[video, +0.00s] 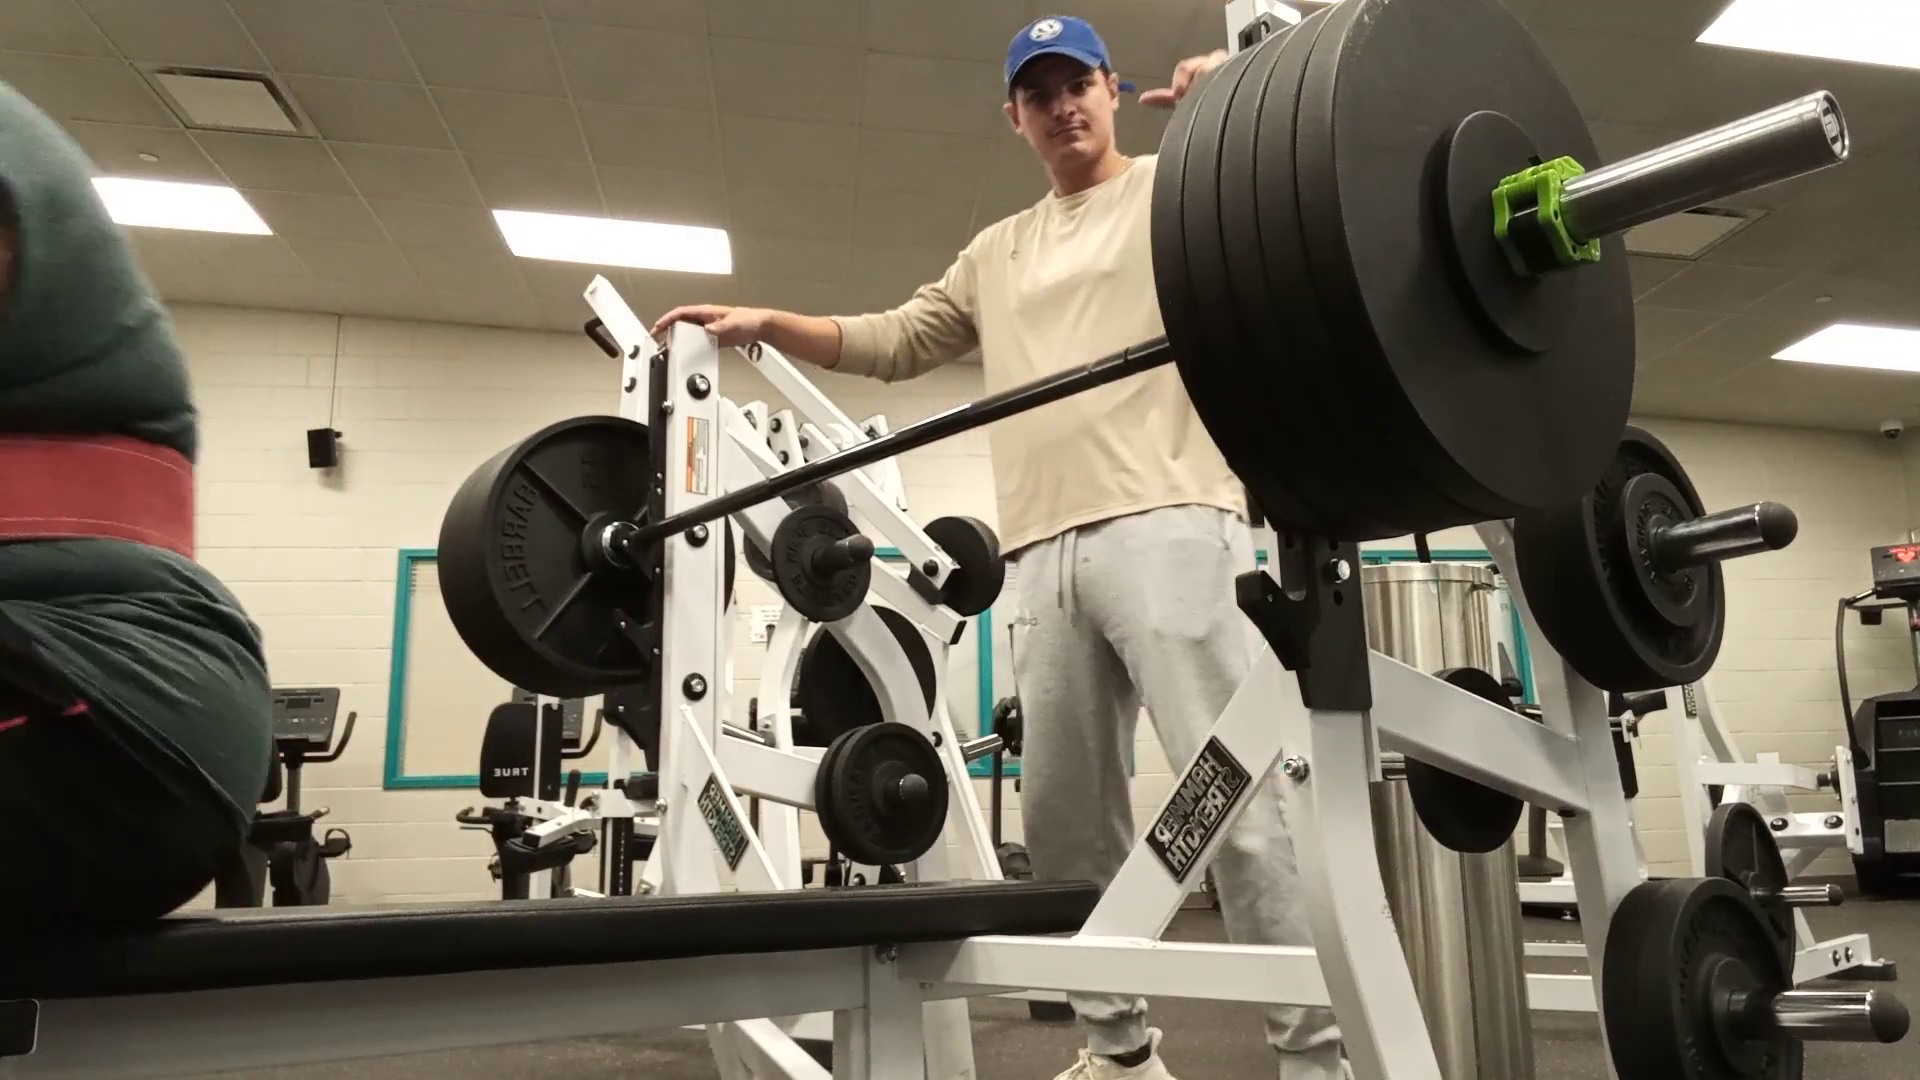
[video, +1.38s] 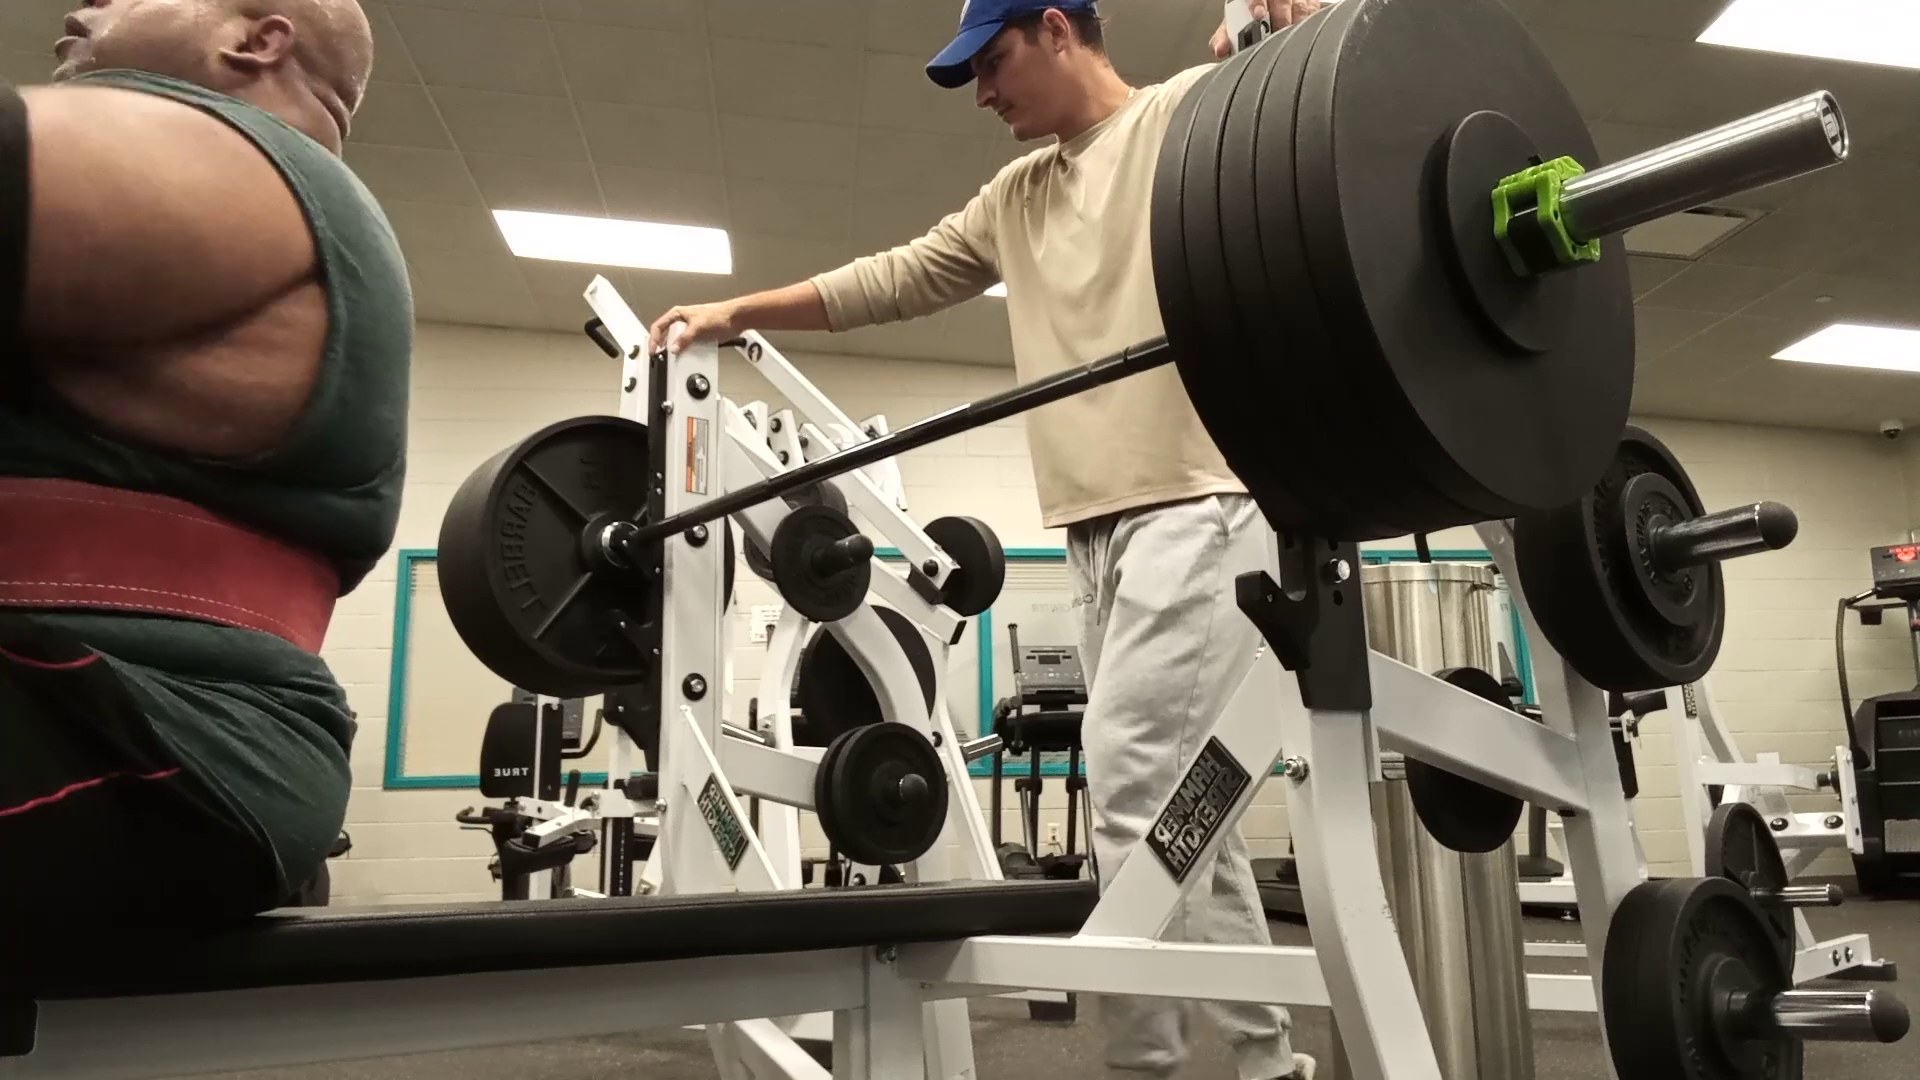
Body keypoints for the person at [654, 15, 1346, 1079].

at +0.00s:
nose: (1062, 107)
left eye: (1077, 86)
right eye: (1040, 95)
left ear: (1116, 94)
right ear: (1017, 120)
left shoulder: (1178, 184)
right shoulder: (995, 251)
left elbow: (1281, 169)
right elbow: (900, 337)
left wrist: (1230, 81)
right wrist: (759, 321)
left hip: (1170, 517)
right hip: (1041, 546)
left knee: (1239, 793)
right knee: (1066, 810)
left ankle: (1315, 1051)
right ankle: (1118, 1044)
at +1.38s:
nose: (984, 93)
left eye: (992, 63)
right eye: (974, 77)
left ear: (1061, 28)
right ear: (1005, 75)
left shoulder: (1191, 102)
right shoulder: (1012, 195)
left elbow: (1323, 111)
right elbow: (899, 276)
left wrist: (1293, 38)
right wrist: (736, 309)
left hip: (1206, 506)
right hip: (1097, 530)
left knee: (1126, 774)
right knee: (1176, 799)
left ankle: (1144, 1057)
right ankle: (1261, 1056)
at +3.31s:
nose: (999, 84)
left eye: (1013, 54)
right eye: (985, 68)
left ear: (1079, 24)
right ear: (982, 74)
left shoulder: (1187, 101)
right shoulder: (1005, 192)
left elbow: (1317, 111)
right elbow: (892, 278)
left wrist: (1292, 37)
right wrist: (734, 314)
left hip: (1200, 509)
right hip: (1090, 532)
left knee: (1126, 793)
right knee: (1174, 805)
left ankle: (1102, 1064)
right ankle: (1265, 1060)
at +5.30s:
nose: (973, 112)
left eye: (983, 85)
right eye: (966, 92)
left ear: (1053, 47)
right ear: (1024, 64)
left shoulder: (1185, 102)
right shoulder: (1005, 195)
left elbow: (1315, 112)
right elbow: (894, 280)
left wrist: (1291, 38)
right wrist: (735, 314)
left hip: (1200, 511)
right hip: (1091, 535)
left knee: (1129, 794)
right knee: (1174, 804)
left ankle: (1102, 1064)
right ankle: (1266, 1060)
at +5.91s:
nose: (974, 114)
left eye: (983, 89)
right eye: (968, 95)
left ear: (1051, 49)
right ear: (1027, 65)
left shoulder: (1185, 102)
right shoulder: (1006, 194)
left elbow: (1315, 109)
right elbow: (897, 279)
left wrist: (1292, 36)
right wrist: (735, 314)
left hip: (1200, 512)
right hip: (1091, 535)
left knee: (1129, 795)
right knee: (1174, 804)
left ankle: (1101, 1064)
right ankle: (1266, 1059)